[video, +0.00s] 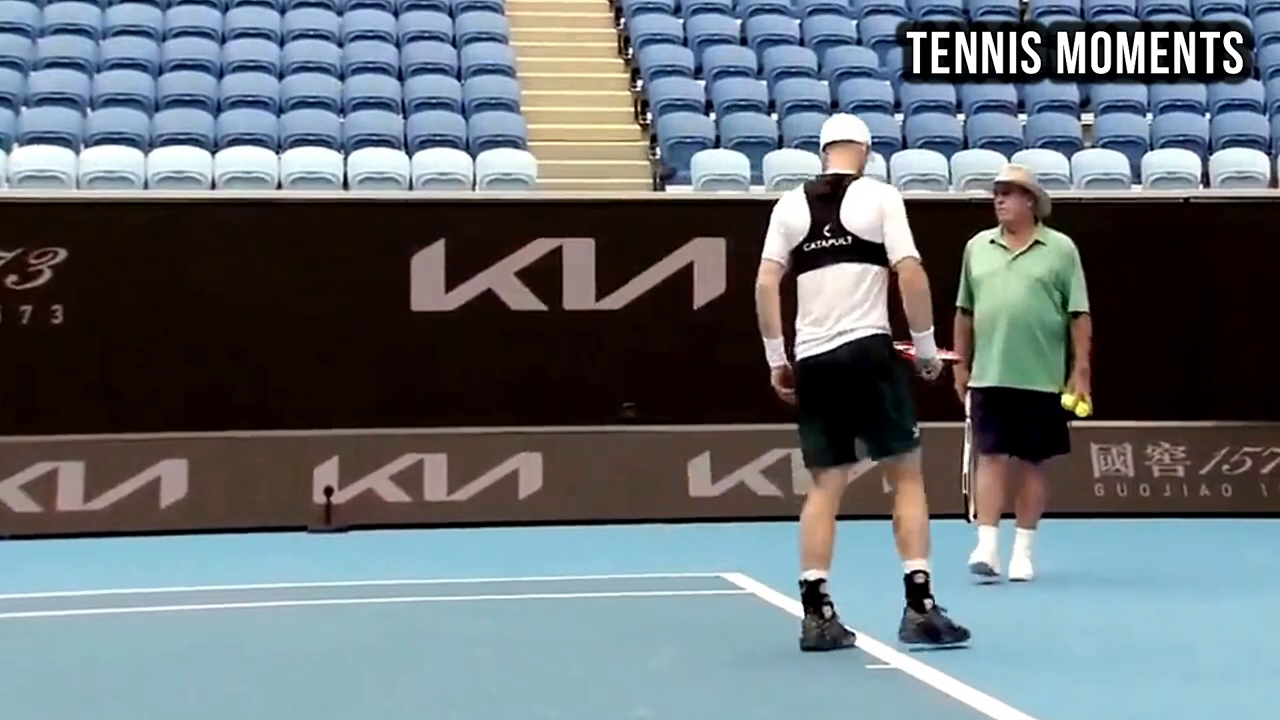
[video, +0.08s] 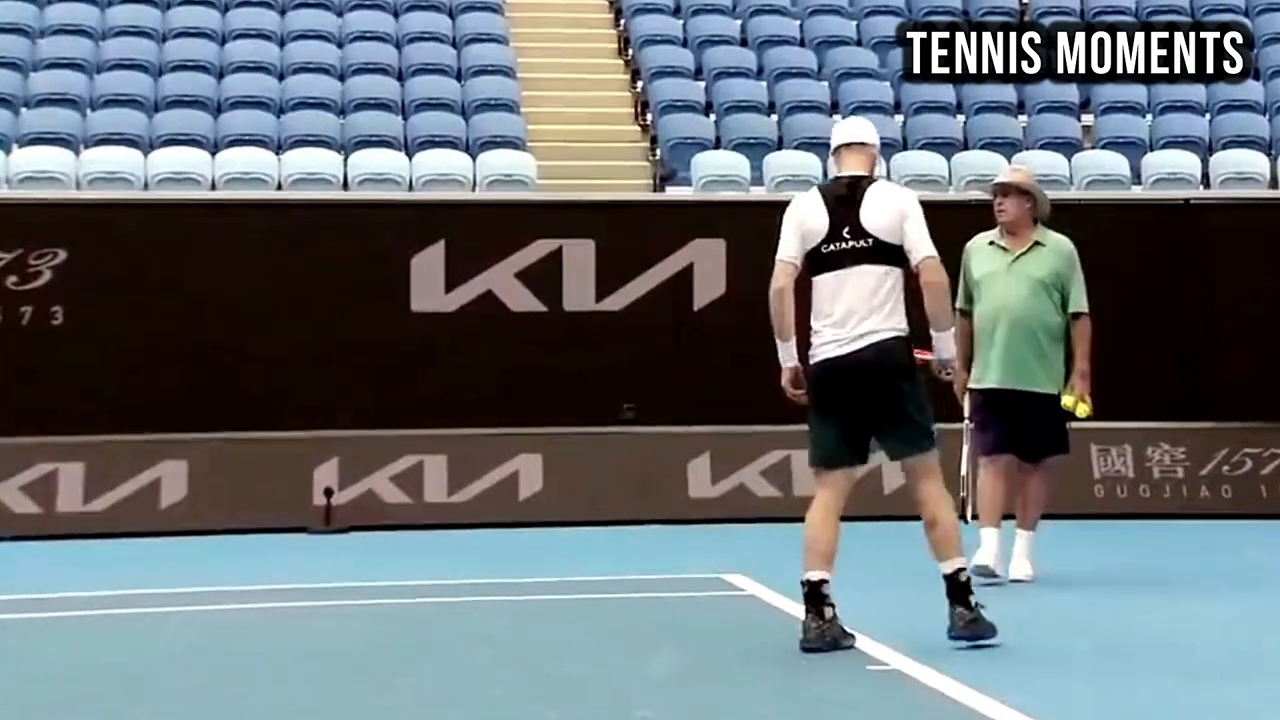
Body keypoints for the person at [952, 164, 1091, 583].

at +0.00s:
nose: (1000, 200)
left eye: (1009, 194)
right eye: (998, 194)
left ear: (1031, 200)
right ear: (995, 201)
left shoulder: (1061, 248)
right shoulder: (977, 246)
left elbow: (1080, 315)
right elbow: (964, 312)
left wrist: (1080, 372)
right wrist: (961, 366)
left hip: (1041, 376)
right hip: (988, 374)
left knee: (1031, 463)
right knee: (991, 457)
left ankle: (1024, 550)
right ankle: (986, 544)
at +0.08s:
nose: (1000, 202)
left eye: (1009, 195)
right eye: (998, 196)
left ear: (1031, 202)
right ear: (994, 202)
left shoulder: (1060, 249)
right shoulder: (976, 247)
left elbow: (1079, 315)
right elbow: (965, 315)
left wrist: (1080, 373)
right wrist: (961, 368)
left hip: (1042, 378)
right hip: (989, 375)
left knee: (1033, 464)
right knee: (993, 460)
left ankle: (1024, 551)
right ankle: (988, 548)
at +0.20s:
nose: (997, 200)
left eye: (1006, 194)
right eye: (995, 194)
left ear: (1028, 200)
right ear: (991, 200)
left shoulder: (1058, 247)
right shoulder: (974, 246)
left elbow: (1078, 313)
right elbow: (960, 312)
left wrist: (1078, 370)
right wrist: (956, 368)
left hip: (1039, 377)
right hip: (987, 375)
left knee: (1031, 464)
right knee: (994, 460)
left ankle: (1022, 549)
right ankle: (990, 549)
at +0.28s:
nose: (996, 204)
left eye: (1005, 197)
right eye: (994, 197)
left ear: (1028, 202)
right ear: (990, 204)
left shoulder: (1058, 250)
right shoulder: (975, 249)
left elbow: (1077, 315)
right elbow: (961, 316)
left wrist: (1077, 372)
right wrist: (962, 370)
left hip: (1039, 382)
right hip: (988, 380)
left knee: (1030, 467)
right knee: (993, 465)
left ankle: (1024, 551)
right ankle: (991, 551)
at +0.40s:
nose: (1002, 207)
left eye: (1010, 200)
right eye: (997, 200)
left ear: (1028, 206)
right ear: (990, 207)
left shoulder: (1057, 253)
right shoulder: (982, 251)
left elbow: (1076, 318)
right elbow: (966, 311)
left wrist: (1078, 376)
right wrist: (965, 369)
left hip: (1040, 384)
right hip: (989, 381)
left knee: (1031, 472)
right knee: (992, 472)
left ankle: (1024, 551)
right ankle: (997, 555)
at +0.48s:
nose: (1008, 213)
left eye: (1015, 204)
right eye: (1000, 205)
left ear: (1030, 209)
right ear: (988, 211)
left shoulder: (1055, 253)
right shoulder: (979, 253)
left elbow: (1076, 320)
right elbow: (968, 317)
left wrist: (1077, 379)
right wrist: (969, 375)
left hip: (1042, 382)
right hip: (993, 382)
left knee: (1033, 474)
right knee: (997, 474)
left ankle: (1025, 554)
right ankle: (998, 556)